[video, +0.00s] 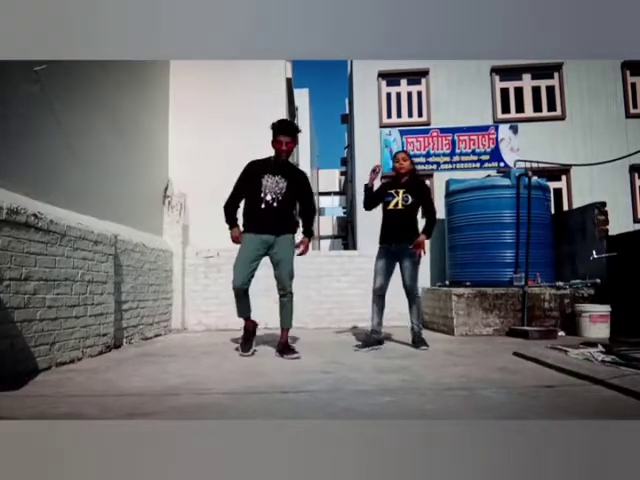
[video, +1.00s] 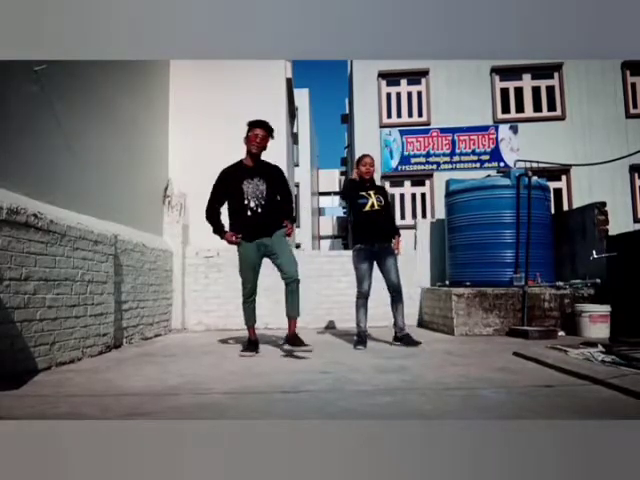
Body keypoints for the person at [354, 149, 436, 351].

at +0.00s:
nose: (400, 164)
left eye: (404, 160)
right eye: (397, 161)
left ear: (411, 163)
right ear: (394, 165)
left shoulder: (419, 185)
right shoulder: (387, 185)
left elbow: (431, 215)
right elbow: (368, 205)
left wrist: (424, 236)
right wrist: (370, 183)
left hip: (410, 244)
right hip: (387, 243)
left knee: (411, 289)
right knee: (378, 289)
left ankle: (417, 334)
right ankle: (375, 333)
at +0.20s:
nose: (391, 164)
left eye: (395, 160)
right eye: (388, 161)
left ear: (402, 163)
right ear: (385, 165)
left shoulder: (412, 184)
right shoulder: (381, 185)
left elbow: (426, 211)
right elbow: (361, 190)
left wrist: (421, 235)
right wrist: (371, 168)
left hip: (406, 244)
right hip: (383, 243)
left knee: (410, 287)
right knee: (370, 287)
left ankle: (417, 334)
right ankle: (363, 332)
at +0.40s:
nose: (379, 167)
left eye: (382, 164)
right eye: (376, 165)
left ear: (389, 167)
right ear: (372, 170)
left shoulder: (398, 188)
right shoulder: (369, 188)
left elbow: (413, 212)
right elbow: (356, 189)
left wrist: (416, 237)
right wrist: (364, 168)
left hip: (395, 246)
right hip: (372, 246)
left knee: (404, 289)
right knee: (366, 292)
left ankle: (416, 334)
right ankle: (361, 335)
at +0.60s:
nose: (368, 167)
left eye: (371, 163)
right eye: (364, 164)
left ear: (376, 166)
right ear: (359, 168)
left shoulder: (386, 189)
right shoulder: (355, 187)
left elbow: (396, 214)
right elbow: (345, 189)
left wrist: (404, 236)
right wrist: (351, 170)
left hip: (385, 245)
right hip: (363, 246)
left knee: (400, 288)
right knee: (364, 292)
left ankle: (412, 333)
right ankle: (361, 335)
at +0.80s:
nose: (368, 168)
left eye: (371, 164)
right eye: (365, 165)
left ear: (374, 167)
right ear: (357, 167)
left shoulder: (382, 190)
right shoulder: (352, 188)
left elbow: (389, 215)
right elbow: (347, 191)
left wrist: (398, 233)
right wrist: (351, 172)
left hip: (383, 243)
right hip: (362, 245)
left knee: (395, 286)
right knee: (363, 290)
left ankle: (398, 332)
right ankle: (361, 334)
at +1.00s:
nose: (369, 168)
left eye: (371, 165)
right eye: (365, 165)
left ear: (375, 168)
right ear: (357, 169)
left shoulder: (381, 190)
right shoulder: (352, 189)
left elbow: (389, 216)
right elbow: (346, 196)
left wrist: (396, 235)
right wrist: (353, 178)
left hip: (384, 244)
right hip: (362, 245)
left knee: (395, 287)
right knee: (363, 291)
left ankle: (401, 332)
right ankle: (361, 334)